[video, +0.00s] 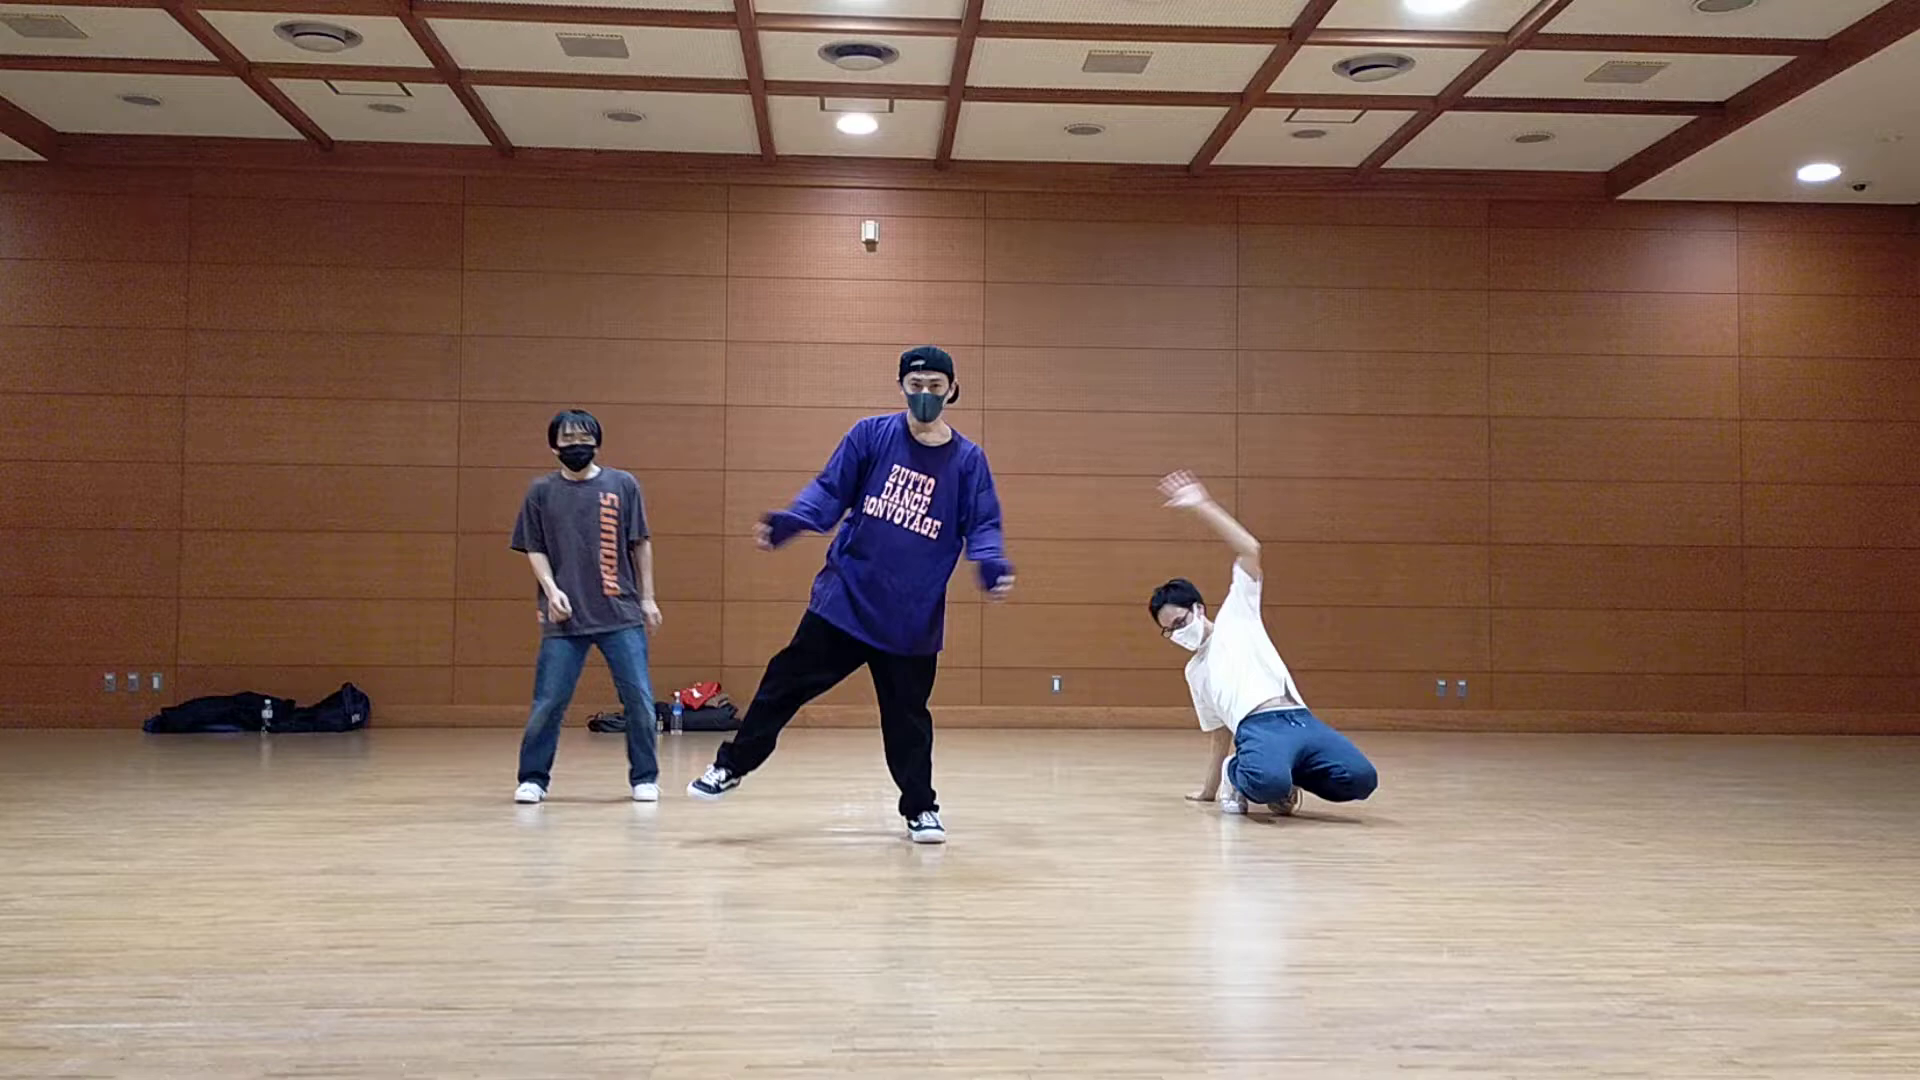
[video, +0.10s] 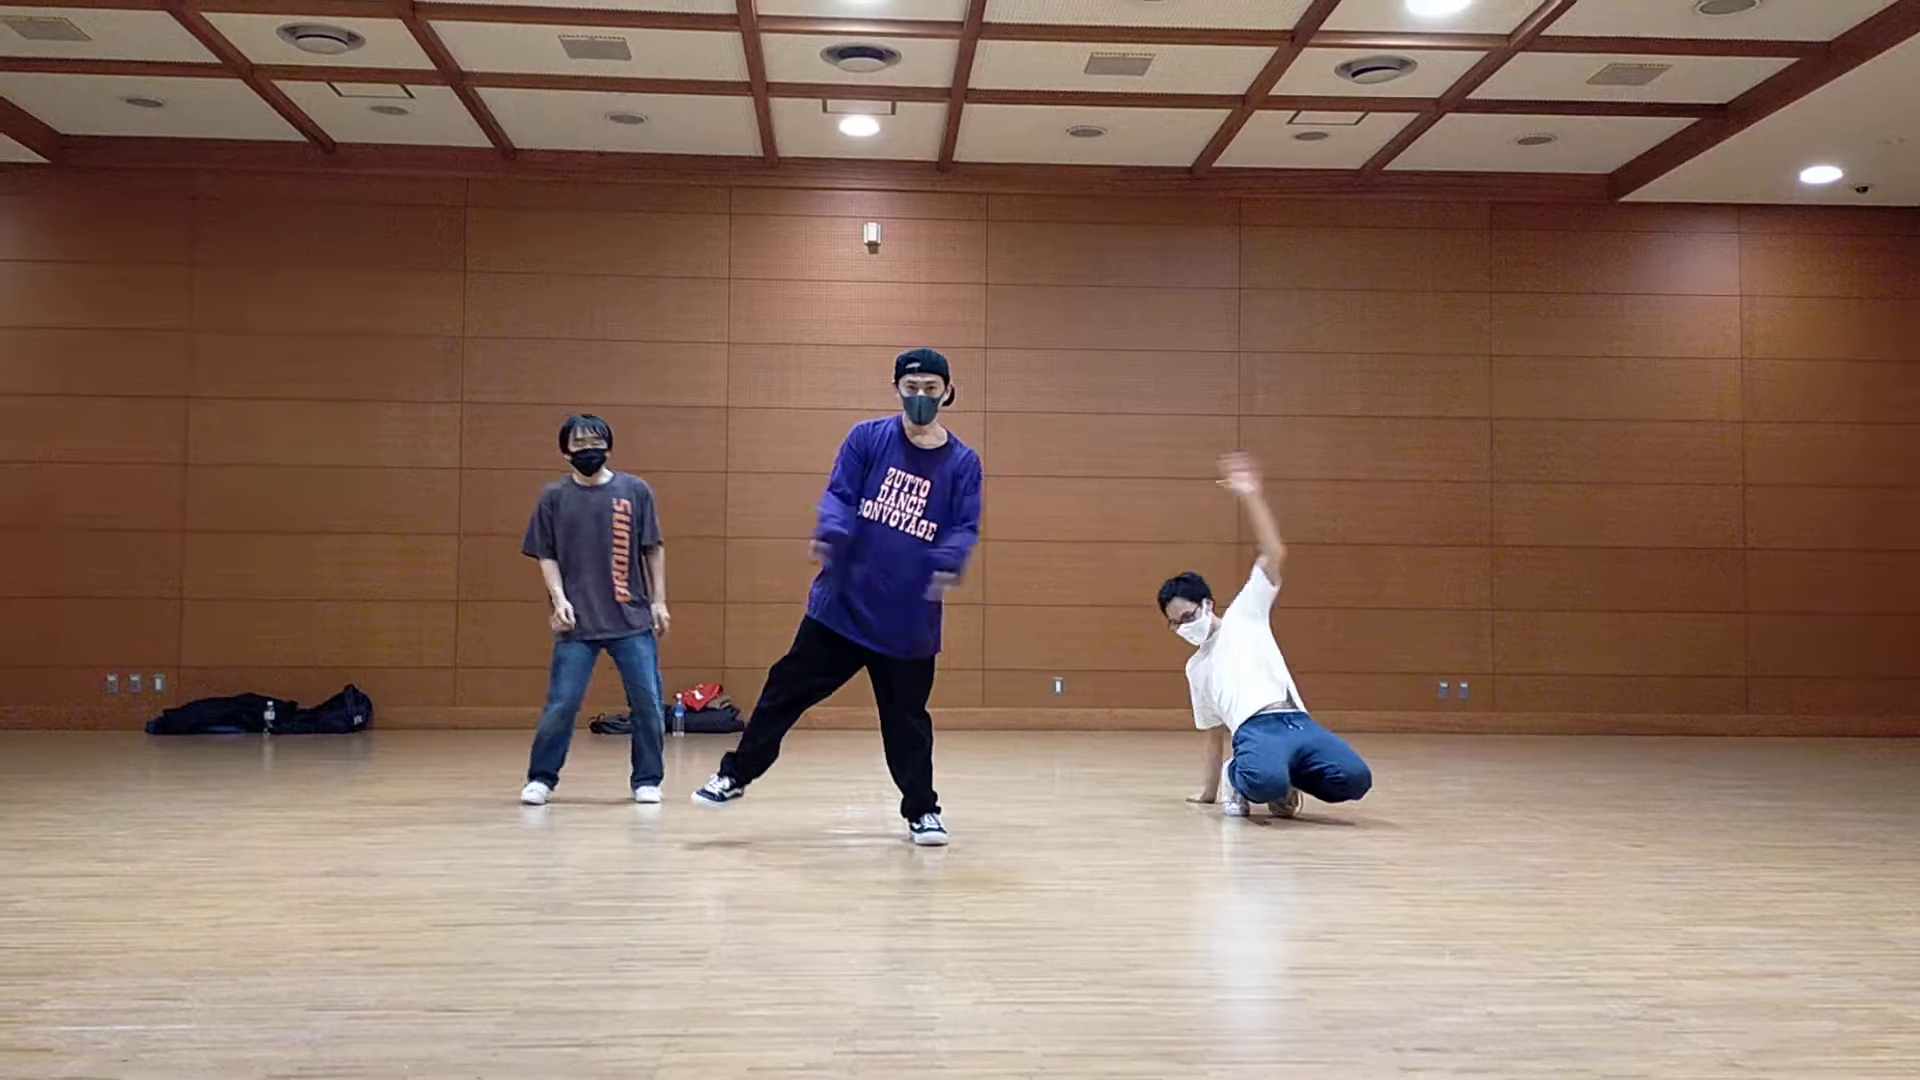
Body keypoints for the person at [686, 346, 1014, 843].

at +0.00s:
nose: (924, 392)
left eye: (934, 385)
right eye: (916, 384)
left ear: (950, 391)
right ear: (902, 388)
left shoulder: (968, 460)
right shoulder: (871, 435)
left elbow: (984, 525)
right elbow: (829, 491)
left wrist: (994, 565)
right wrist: (789, 521)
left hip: (911, 611)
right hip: (848, 597)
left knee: (908, 714)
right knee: (788, 678)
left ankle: (920, 809)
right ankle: (732, 764)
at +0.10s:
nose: (920, 393)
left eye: (930, 386)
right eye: (912, 385)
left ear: (946, 394)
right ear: (898, 390)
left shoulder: (963, 463)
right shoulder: (868, 438)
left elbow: (965, 526)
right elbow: (840, 495)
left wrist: (948, 563)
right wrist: (830, 536)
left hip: (908, 612)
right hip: (845, 600)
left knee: (908, 715)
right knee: (788, 686)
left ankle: (923, 810)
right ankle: (736, 773)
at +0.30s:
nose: (888, 399)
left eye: (898, 392)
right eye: (879, 392)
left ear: (913, 402)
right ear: (865, 399)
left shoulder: (931, 470)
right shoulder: (834, 451)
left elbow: (920, 541)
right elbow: (820, 522)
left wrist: (869, 572)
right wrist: (850, 566)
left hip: (894, 620)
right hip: (828, 611)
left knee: (901, 724)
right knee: (795, 714)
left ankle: (927, 819)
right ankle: (763, 817)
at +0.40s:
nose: (861, 400)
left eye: (870, 393)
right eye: (852, 393)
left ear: (887, 401)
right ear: (837, 400)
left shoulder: (905, 473)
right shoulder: (806, 459)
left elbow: (899, 550)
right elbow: (787, 536)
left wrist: (856, 604)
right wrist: (813, 593)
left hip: (877, 624)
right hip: (810, 619)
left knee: (893, 727)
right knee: (791, 723)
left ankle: (925, 819)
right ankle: (766, 821)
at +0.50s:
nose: (834, 393)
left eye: (843, 386)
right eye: (825, 386)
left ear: (859, 395)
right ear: (810, 396)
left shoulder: (881, 468)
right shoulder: (782, 461)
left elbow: (880, 549)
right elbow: (766, 538)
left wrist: (860, 616)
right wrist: (765, 604)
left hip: (856, 622)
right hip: (793, 619)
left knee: (880, 722)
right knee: (781, 722)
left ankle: (911, 817)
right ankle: (766, 821)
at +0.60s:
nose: (813, 392)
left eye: (822, 385)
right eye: (803, 386)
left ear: (837, 396)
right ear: (787, 397)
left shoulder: (864, 464)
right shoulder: (763, 463)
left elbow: (880, 540)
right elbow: (732, 537)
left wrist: (892, 606)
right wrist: (697, 598)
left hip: (845, 620)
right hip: (781, 619)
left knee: (865, 723)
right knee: (776, 726)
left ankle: (881, 820)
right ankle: (766, 822)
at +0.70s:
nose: (798, 394)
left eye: (806, 386)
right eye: (787, 387)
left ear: (821, 396)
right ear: (771, 398)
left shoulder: (853, 462)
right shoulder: (750, 465)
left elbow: (889, 529)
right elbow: (702, 527)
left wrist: (930, 579)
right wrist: (643, 563)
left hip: (839, 619)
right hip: (774, 620)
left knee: (846, 723)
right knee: (773, 727)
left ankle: (844, 825)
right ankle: (766, 825)